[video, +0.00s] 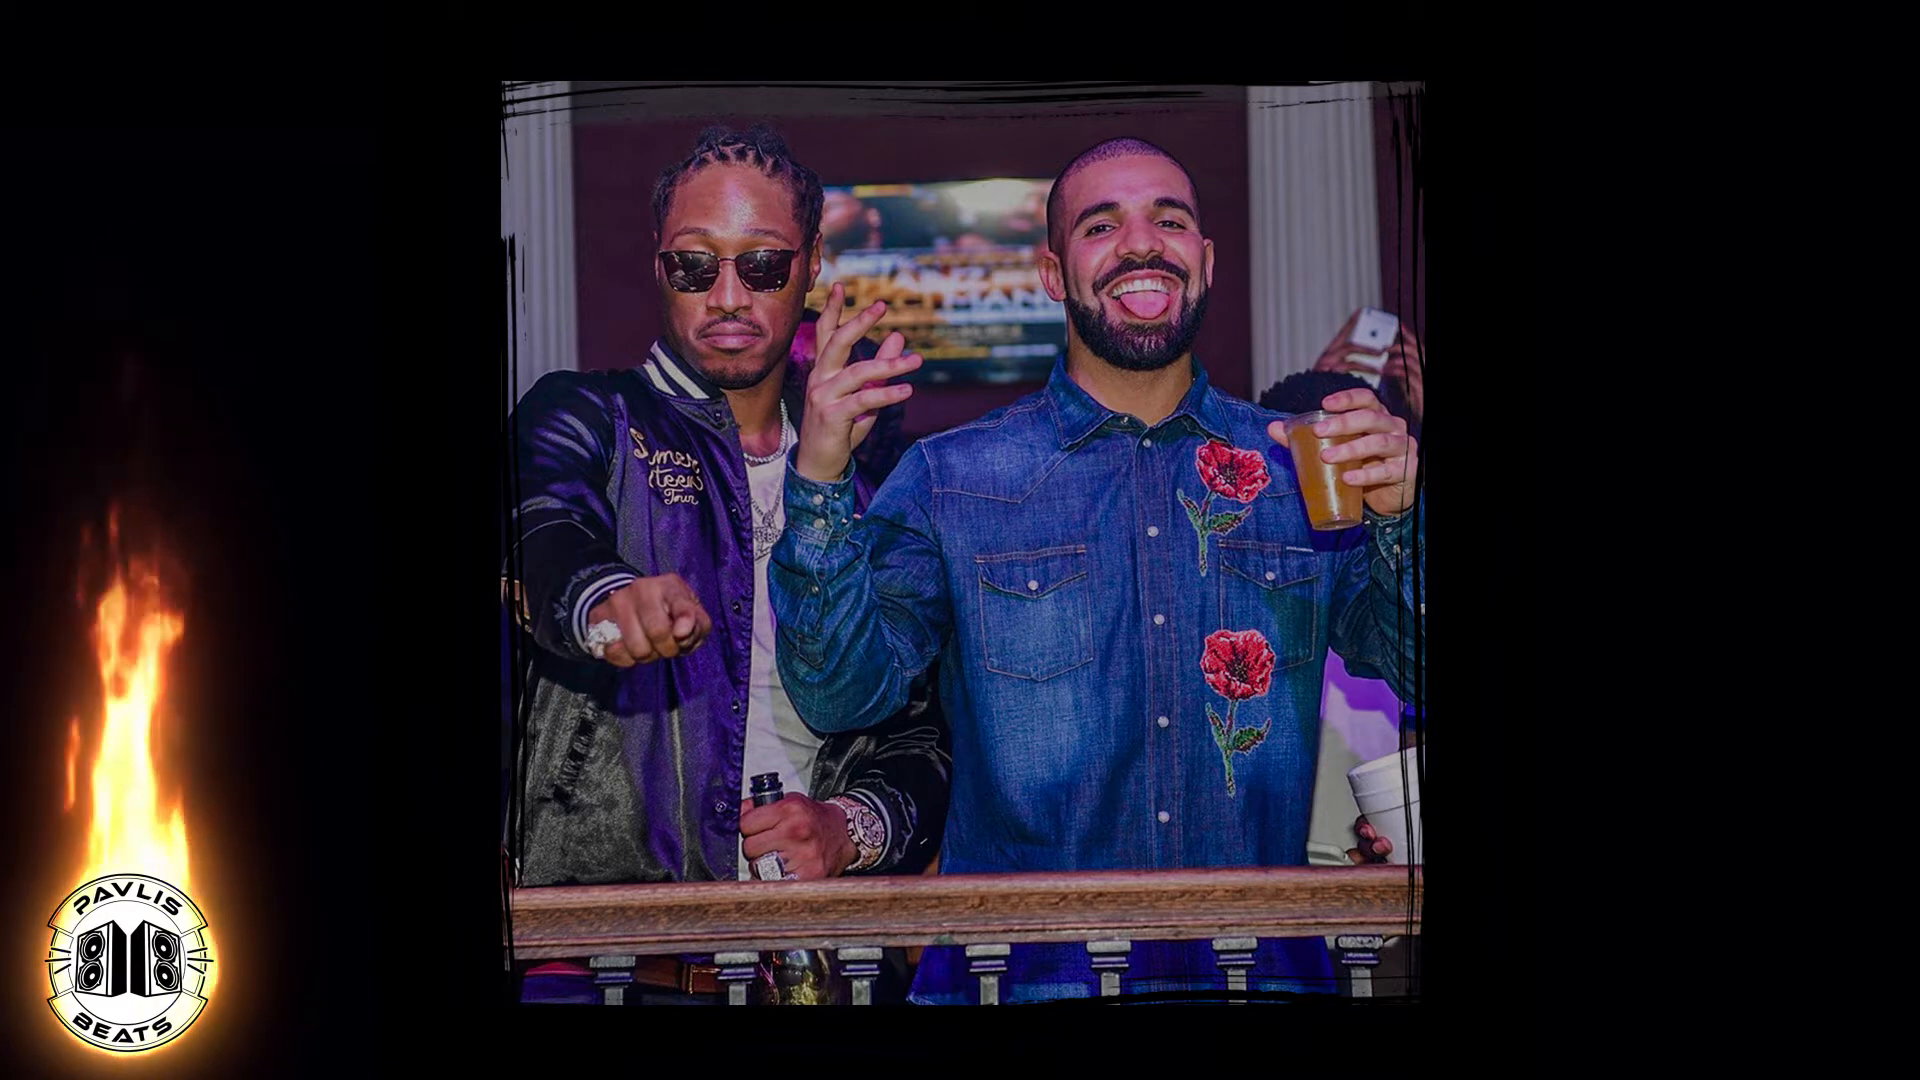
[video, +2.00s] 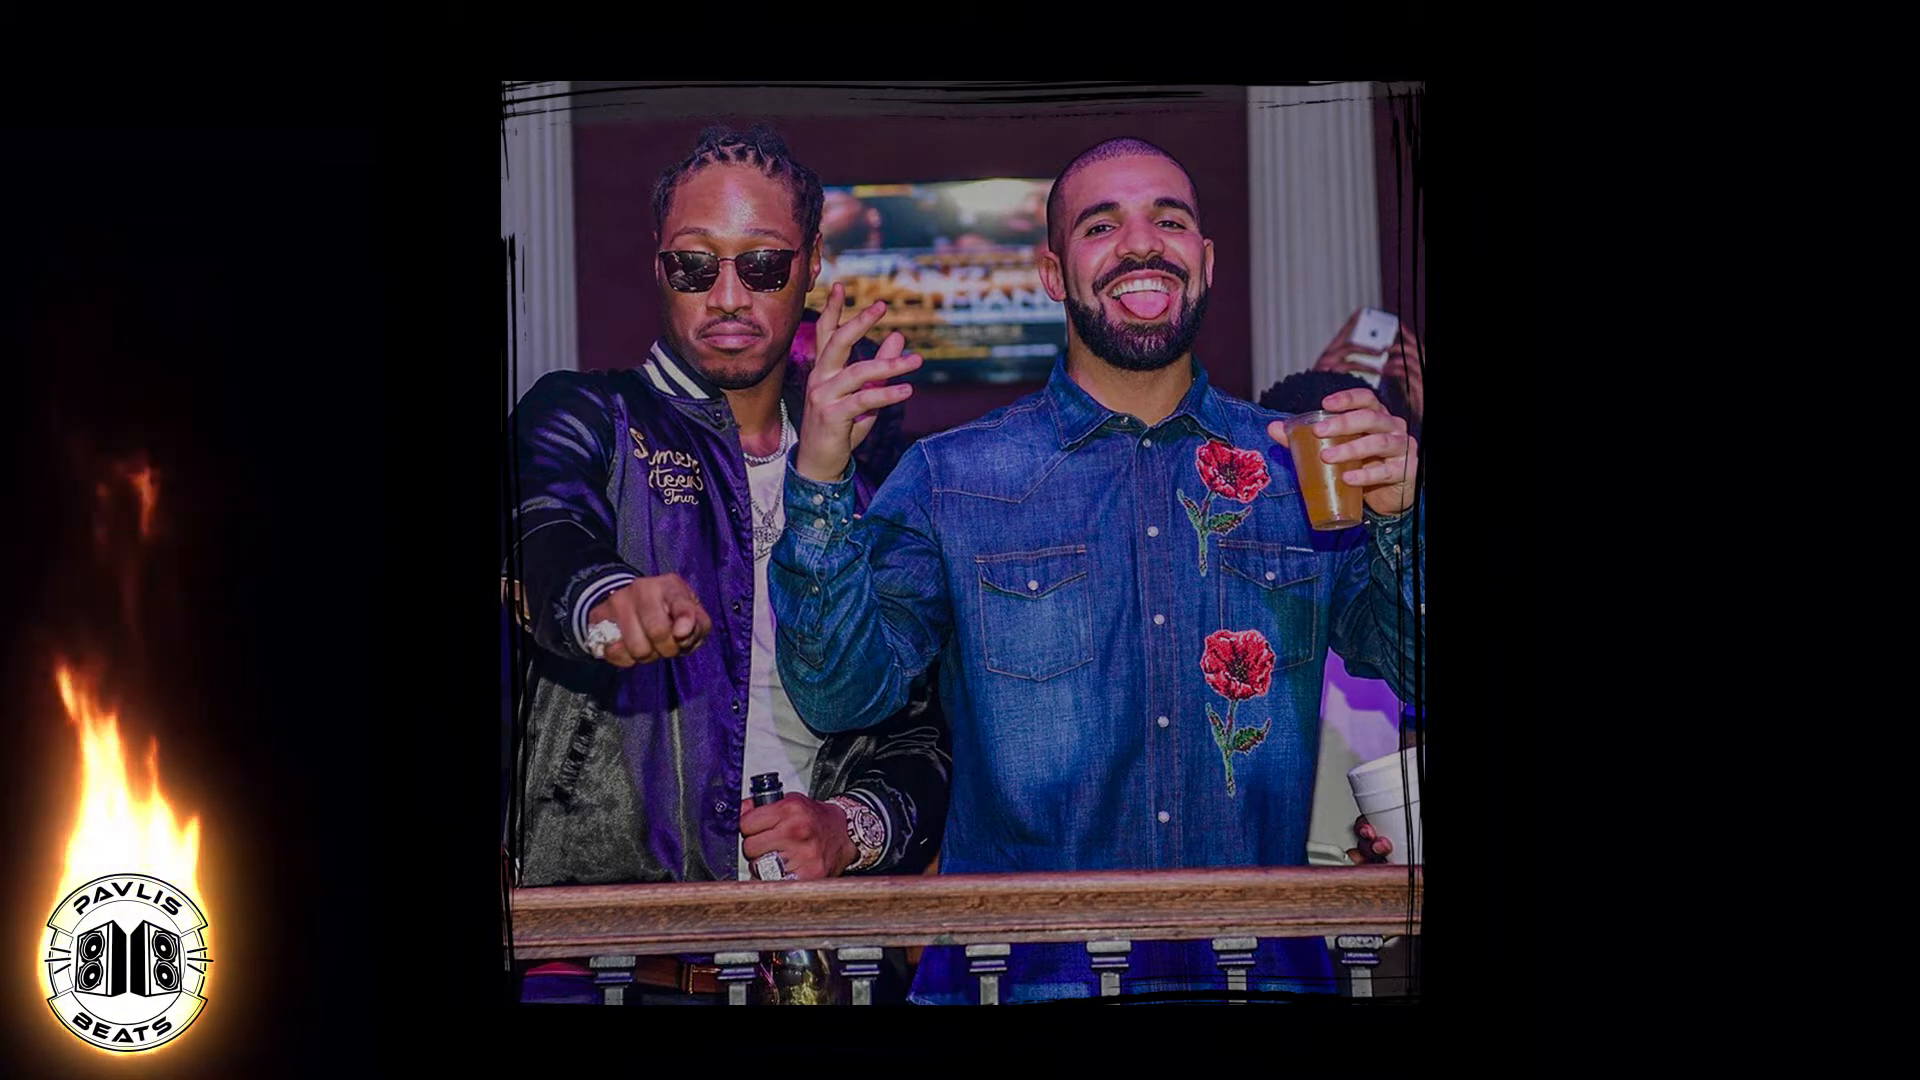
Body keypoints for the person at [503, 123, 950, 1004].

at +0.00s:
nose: (729, 296)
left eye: (763, 266)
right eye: (694, 266)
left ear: (811, 274)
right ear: (658, 272)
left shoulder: (878, 460)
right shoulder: (581, 412)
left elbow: (926, 726)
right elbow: (540, 525)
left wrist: (857, 826)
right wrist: (602, 595)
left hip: (827, 944)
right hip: (605, 943)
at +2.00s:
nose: (729, 296)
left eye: (763, 266)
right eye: (694, 266)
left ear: (811, 274)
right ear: (658, 272)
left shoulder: (878, 460)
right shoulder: (581, 412)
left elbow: (926, 725)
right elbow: (540, 525)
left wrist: (857, 826)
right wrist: (602, 595)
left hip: (827, 944)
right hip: (605, 943)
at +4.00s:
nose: (729, 296)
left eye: (764, 266)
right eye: (694, 266)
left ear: (811, 274)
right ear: (658, 272)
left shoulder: (878, 460)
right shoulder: (581, 412)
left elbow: (926, 725)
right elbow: (540, 525)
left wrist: (857, 826)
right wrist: (602, 595)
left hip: (827, 943)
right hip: (605, 943)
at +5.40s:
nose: (728, 295)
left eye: (763, 266)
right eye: (694, 266)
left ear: (811, 275)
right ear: (658, 274)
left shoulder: (878, 459)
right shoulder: (581, 411)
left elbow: (925, 722)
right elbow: (541, 525)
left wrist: (858, 826)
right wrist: (603, 595)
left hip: (828, 941)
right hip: (607, 941)